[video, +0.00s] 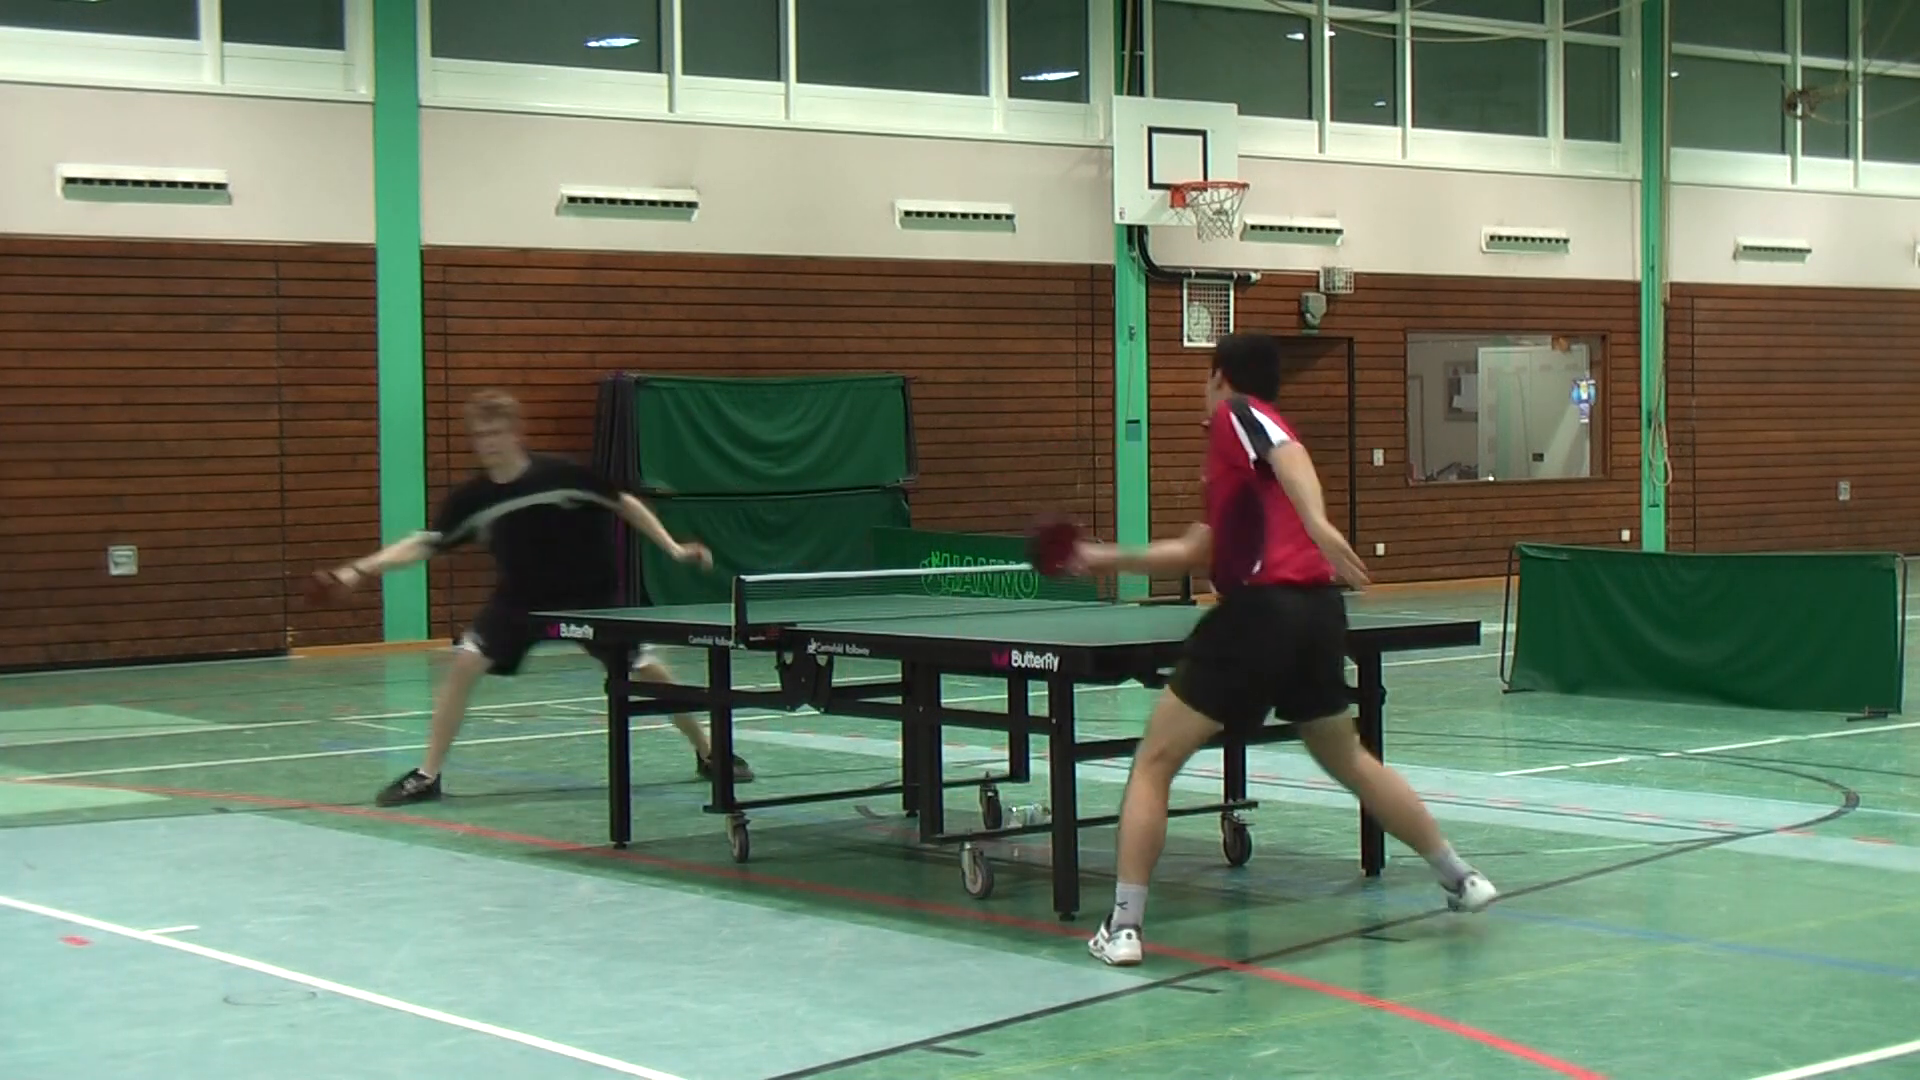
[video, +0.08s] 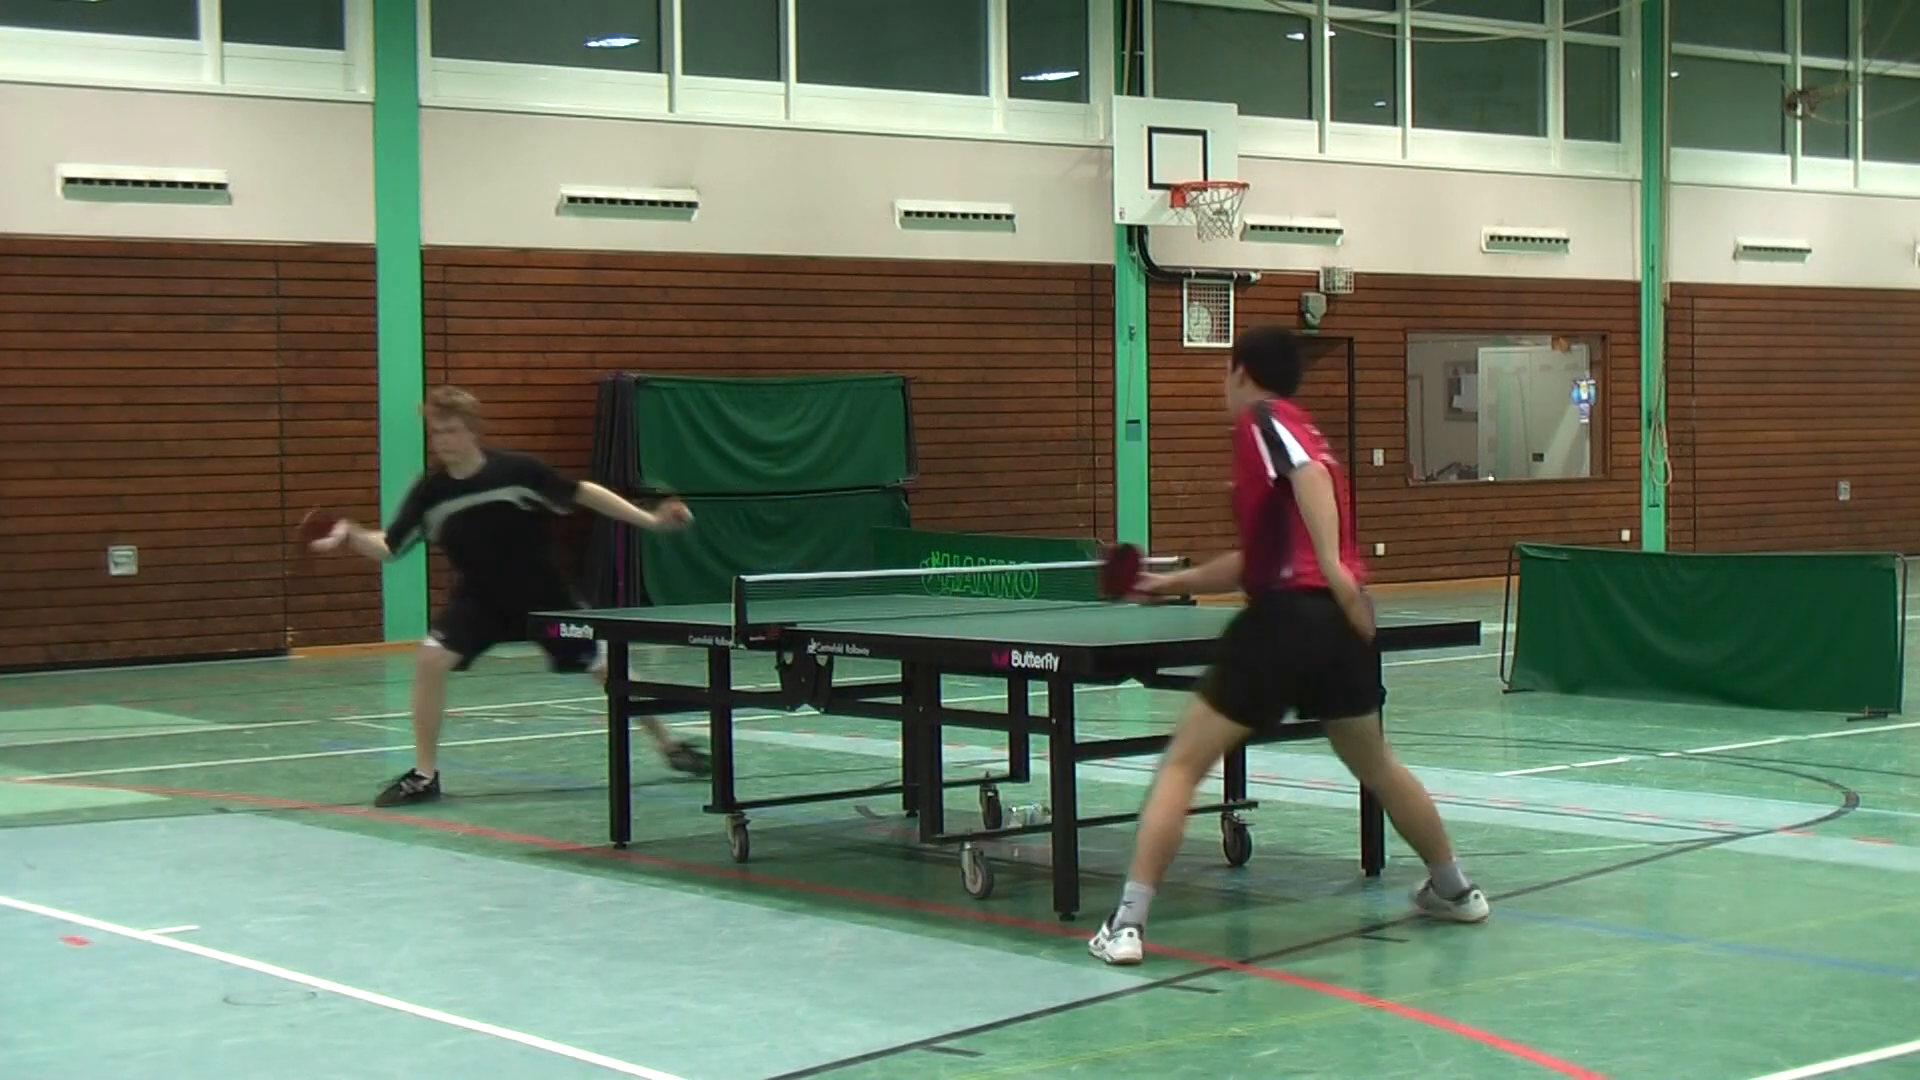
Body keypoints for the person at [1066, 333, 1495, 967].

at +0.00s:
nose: (1205, 389)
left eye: (1208, 379)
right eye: (1209, 380)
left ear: (1222, 380)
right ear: (1262, 385)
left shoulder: (1236, 411)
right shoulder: (1253, 436)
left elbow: (1287, 454)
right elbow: (1200, 549)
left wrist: (1318, 526)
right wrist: (1108, 557)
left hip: (1256, 616)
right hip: (1317, 615)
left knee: (1155, 764)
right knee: (1350, 760)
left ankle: (1124, 928)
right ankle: (1460, 877)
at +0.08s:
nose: (1224, 388)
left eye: (1228, 377)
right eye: (1228, 376)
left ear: (1243, 377)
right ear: (1285, 382)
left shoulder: (1263, 420)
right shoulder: (1301, 429)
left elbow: (1312, 476)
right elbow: (1261, 554)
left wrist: (1333, 568)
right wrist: (1173, 582)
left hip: (1282, 623)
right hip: (1340, 623)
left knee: (1184, 764)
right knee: (1377, 764)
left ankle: (1127, 923)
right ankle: (1452, 885)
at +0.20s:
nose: (1257, 382)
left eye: (1259, 369)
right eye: (1259, 369)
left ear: (1279, 367)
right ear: (1319, 368)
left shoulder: (1309, 417)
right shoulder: (1345, 418)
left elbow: (1338, 505)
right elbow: (1323, 542)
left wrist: (1313, 602)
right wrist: (1240, 573)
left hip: (1347, 609)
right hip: (1394, 608)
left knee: (1242, 756)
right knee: (1388, 753)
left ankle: (1188, 917)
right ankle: (1459, 888)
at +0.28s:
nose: (1273, 373)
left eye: (1275, 359)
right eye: (1274, 360)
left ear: (1294, 359)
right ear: (1336, 360)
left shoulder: (1324, 412)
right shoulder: (1373, 410)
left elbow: (1341, 502)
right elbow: (1371, 511)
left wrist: (1299, 608)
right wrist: (1295, 553)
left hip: (1361, 604)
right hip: (1417, 601)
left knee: (1263, 747)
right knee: (1396, 744)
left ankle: (1276, 912)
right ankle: (1461, 887)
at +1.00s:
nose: (1239, 313)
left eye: (1243, 300)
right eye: (1241, 300)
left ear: (1268, 305)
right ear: (1293, 305)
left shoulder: (1326, 369)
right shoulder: (1303, 374)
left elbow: (1359, 474)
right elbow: (1318, 477)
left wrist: (1316, 576)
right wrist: (1259, 526)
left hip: (1349, 573)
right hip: (1325, 569)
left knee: (1335, 740)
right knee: (1294, 723)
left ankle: (1378, 916)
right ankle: (1384, 868)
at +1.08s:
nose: (1232, 314)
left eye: (1235, 301)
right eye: (1235, 301)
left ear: (1258, 307)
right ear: (1284, 304)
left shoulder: (1321, 371)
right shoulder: (1293, 374)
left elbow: (1348, 476)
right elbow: (1316, 471)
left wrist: (1282, 566)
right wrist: (1266, 508)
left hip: (1343, 574)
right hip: (1308, 574)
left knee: (1336, 740)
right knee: (1268, 726)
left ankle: (1381, 916)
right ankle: (1335, 880)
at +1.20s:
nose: (1270, 528)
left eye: (1271, 518)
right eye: (1273, 518)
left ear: (1278, 518)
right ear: (1339, 511)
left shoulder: (1273, 548)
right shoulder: (1385, 539)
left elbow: (1251, 612)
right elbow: (1418, 613)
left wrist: (1262, 714)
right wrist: (1326, 658)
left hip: (1379, 689)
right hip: (1464, 680)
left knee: (1229, 781)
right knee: (1478, 781)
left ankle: (1199, 957)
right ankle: (1545, 925)